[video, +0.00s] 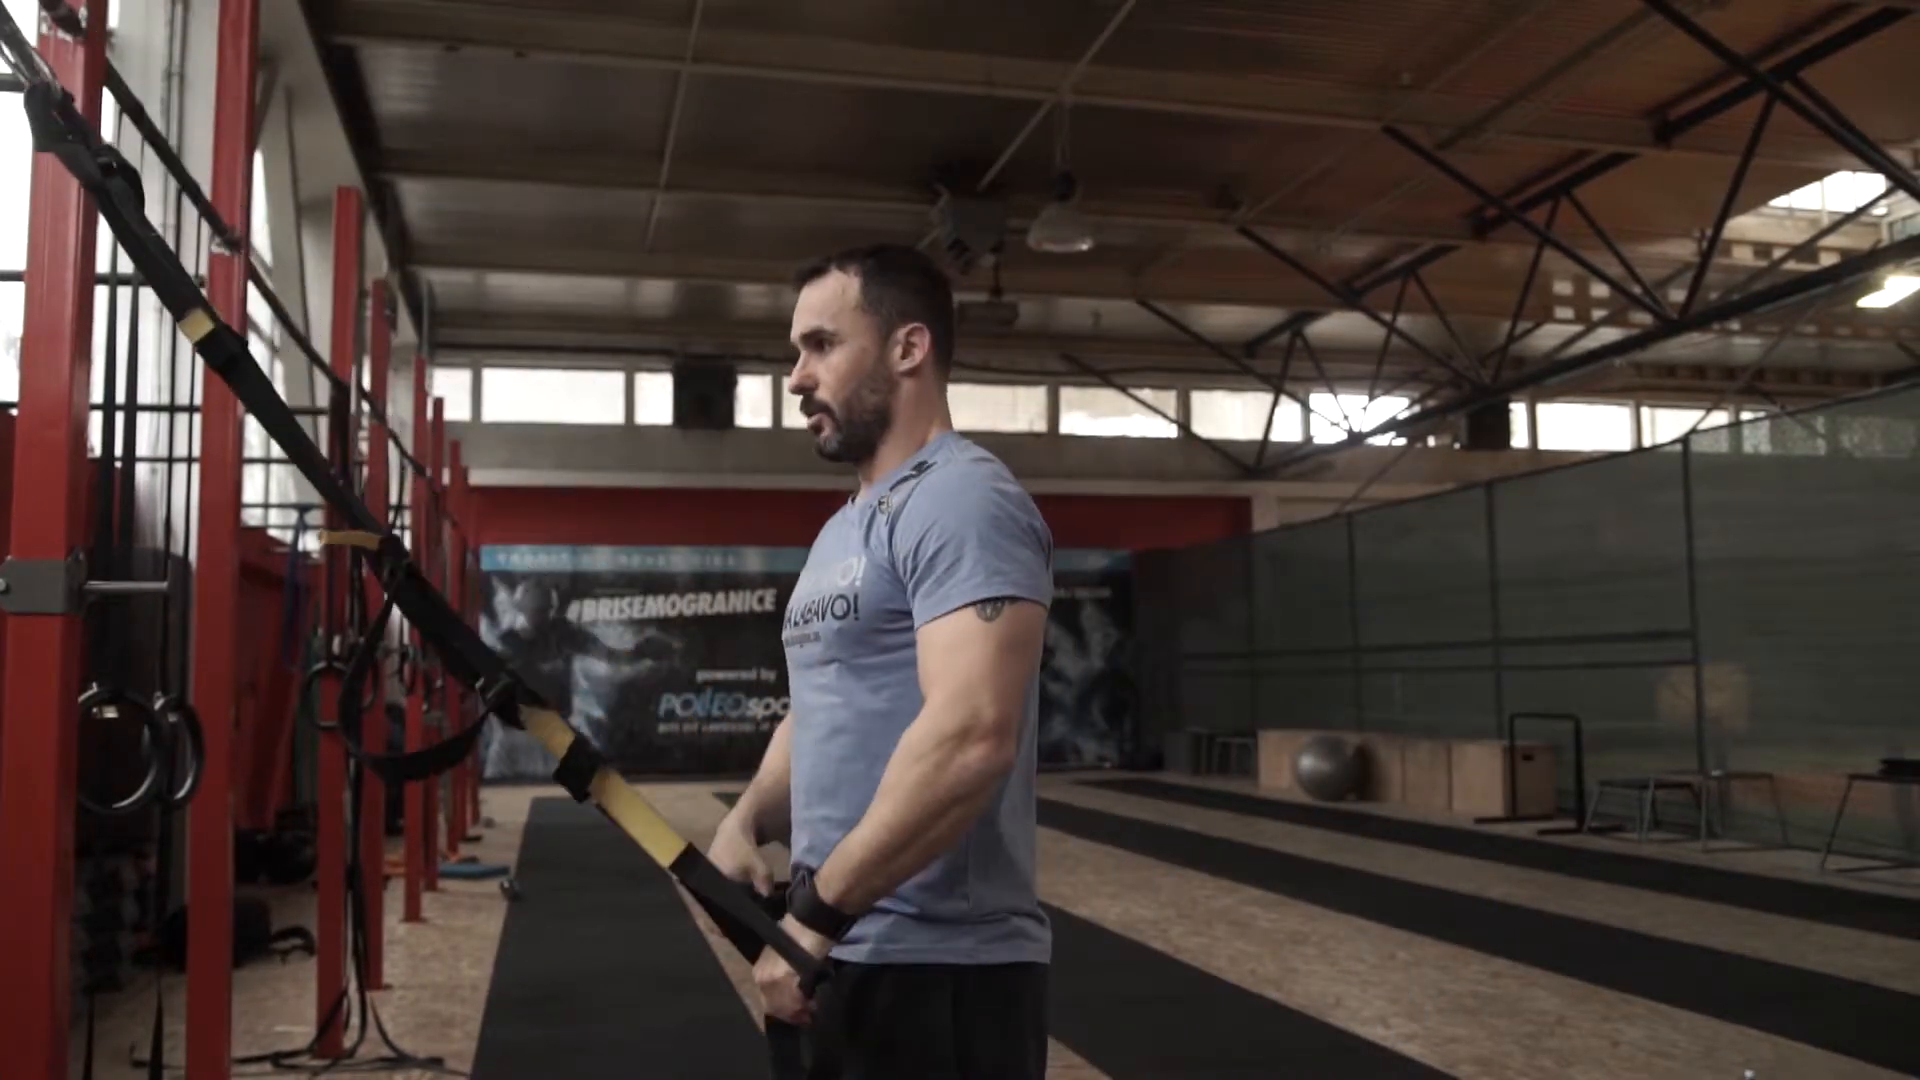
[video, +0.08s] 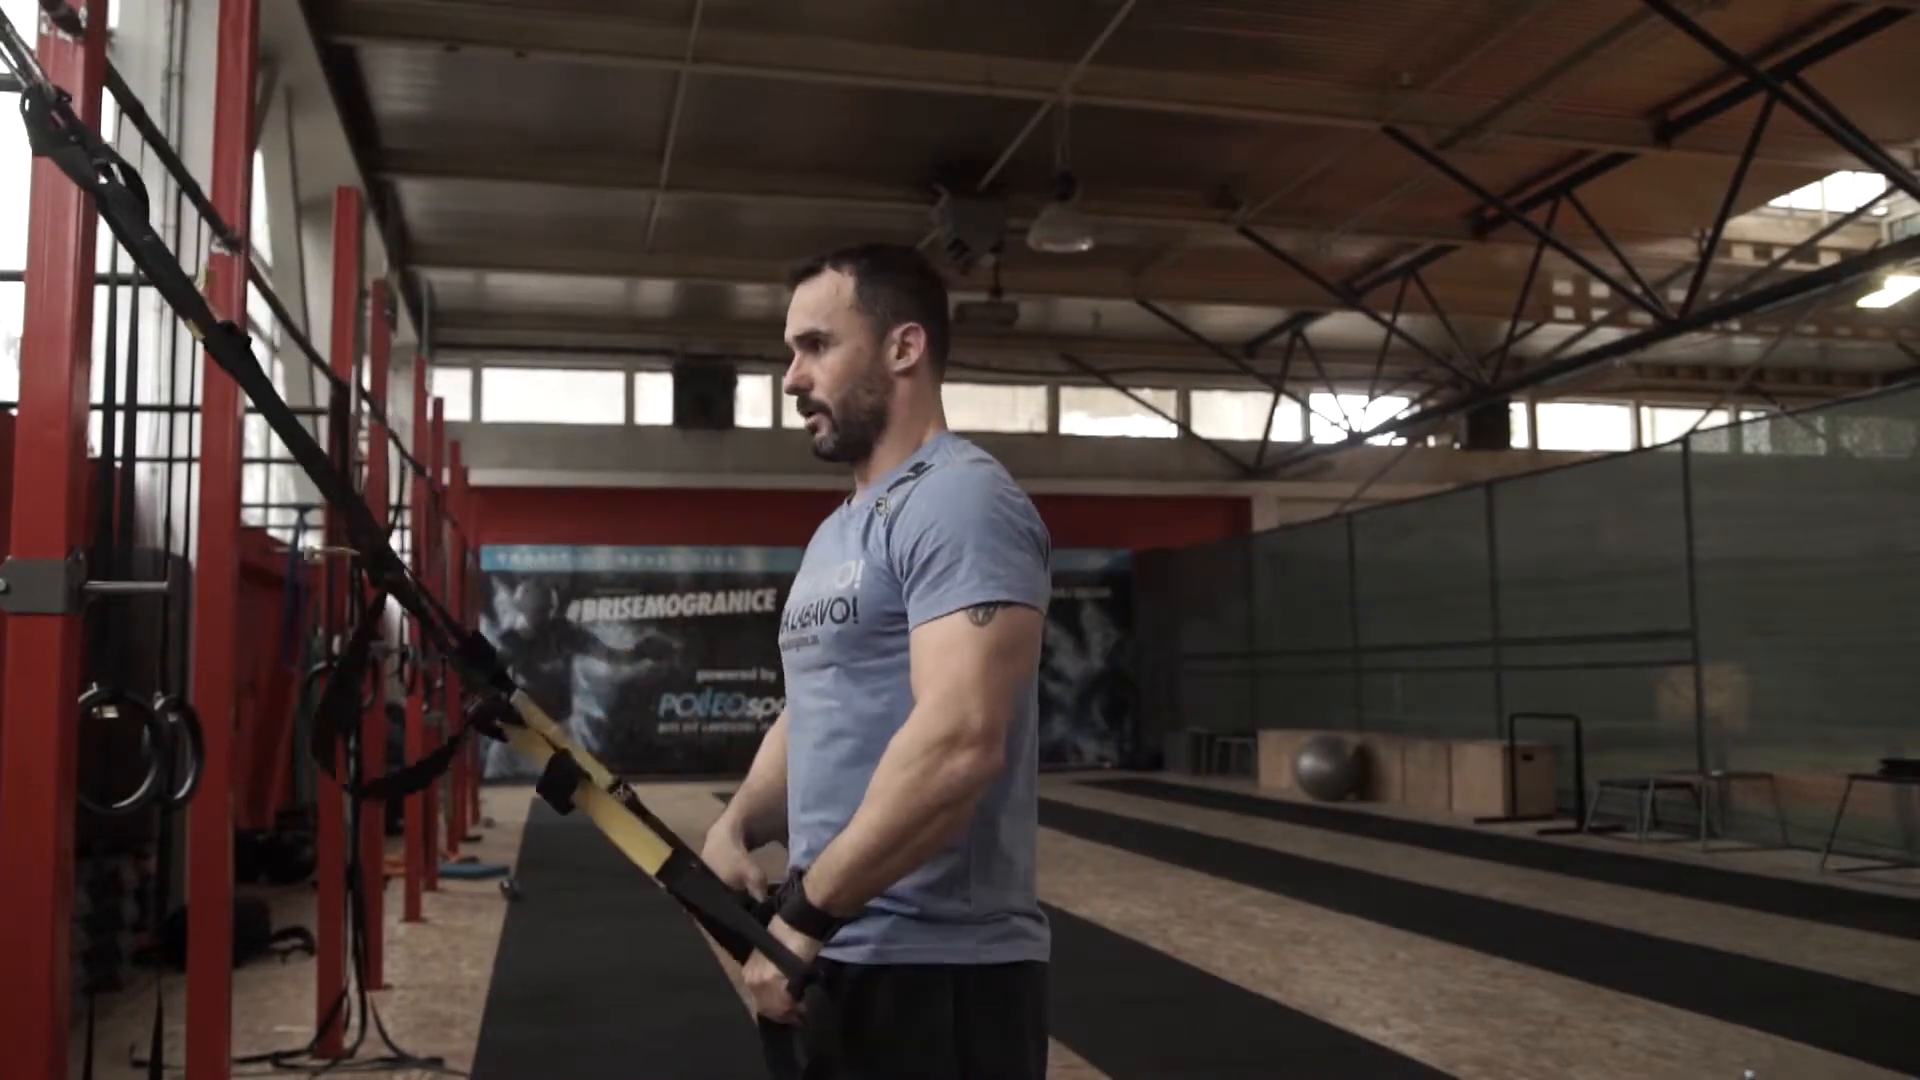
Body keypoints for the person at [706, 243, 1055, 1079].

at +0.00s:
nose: (797, 378)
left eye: (822, 344)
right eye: (797, 354)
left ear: (909, 347)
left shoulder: (965, 495)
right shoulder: (847, 526)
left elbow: (973, 737)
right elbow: (821, 705)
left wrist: (815, 912)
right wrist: (747, 821)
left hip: (941, 970)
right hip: (846, 960)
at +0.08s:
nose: (793, 378)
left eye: (817, 345)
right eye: (792, 354)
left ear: (905, 347)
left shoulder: (963, 496)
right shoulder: (842, 528)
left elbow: (961, 743)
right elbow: (814, 712)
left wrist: (803, 917)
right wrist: (736, 826)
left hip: (939, 970)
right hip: (843, 961)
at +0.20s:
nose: (783, 389)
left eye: (806, 355)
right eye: (780, 364)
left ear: (894, 349)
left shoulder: (962, 504)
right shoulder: (830, 535)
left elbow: (951, 754)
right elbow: (795, 716)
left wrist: (795, 924)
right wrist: (719, 839)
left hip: (941, 972)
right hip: (835, 963)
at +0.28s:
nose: (778, 401)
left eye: (798, 367)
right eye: (772, 374)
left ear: (885, 352)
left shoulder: (963, 509)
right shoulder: (825, 536)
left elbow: (952, 761)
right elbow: (784, 716)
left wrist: (796, 922)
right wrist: (710, 848)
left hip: (939, 973)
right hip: (830, 963)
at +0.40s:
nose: (767, 419)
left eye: (784, 386)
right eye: (759, 392)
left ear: (872, 359)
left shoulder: (964, 511)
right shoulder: (817, 535)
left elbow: (957, 762)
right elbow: (777, 713)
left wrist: (794, 921)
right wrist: (702, 859)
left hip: (936, 973)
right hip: (824, 963)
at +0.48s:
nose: (761, 429)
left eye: (778, 395)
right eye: (752, 402)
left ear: (863, 366)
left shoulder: (966, 515)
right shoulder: (812, 534)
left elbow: (959, 761)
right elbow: (772, 716)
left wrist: (789, 917)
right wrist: (701, 866)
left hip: (932, 973)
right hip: (816, 964)